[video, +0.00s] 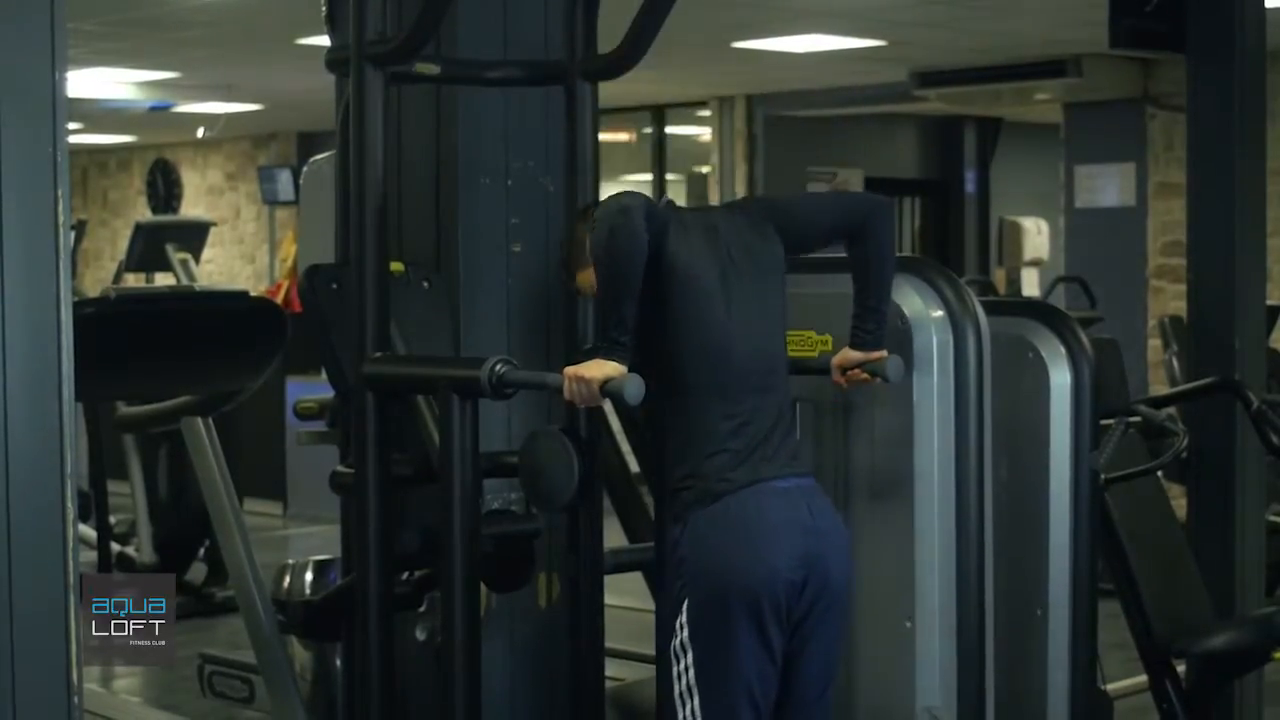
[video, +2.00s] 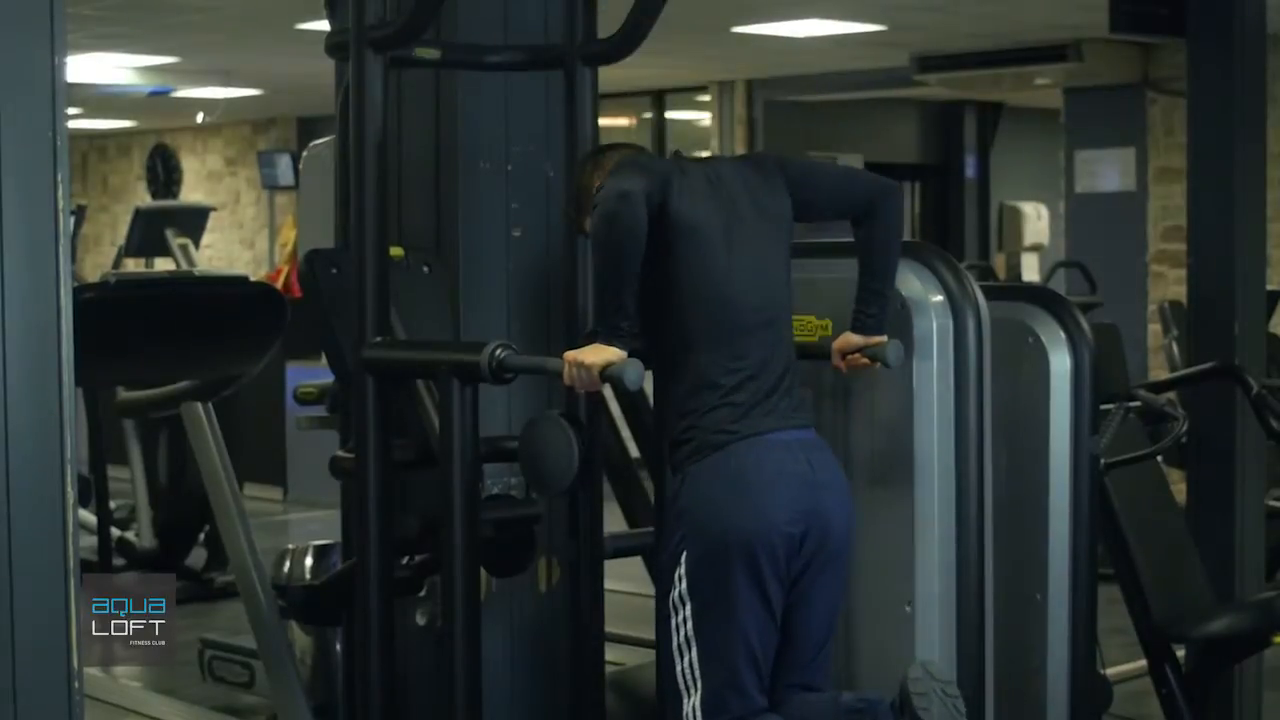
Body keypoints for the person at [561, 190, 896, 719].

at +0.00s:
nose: (601, 299)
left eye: (594, 287)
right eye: (593, 293)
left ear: (601, 252)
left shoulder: (638, 224)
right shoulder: (752, 221)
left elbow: (626, 209)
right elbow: (870, 210)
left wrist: (611, 347)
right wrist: (869, 337)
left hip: (720, 527)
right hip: (805, 506)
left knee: (716, 706)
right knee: (805, 707)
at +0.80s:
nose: (598, 201)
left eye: (592, 187)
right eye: (591, 192)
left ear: (606, 154)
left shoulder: (639, 149)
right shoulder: (762, 152)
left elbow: (625, 212)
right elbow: (873, 206)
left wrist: (610, 346)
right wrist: (868, 335)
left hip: (720, 447)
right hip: (805, 431)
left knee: (714, 694)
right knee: (786, 664)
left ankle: (887, 703)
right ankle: (888, 683)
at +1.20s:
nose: (613, 104)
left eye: (606, 89)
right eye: (605, 96)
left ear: (619, 50)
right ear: (674, 29)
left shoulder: (646, 69)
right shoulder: (781, 77)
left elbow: (635, 194)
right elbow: (853, 193)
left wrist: (615, 333)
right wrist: (867, 321)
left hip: (718, 360)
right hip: (807, 353)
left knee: (698, 613)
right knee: (774, 585)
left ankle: (888, 646)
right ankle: (869, 577)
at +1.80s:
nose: (605, 173)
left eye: (599, 161)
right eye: (600, 164)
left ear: (614, 134)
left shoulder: (642, 138)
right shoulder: (770, 141)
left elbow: (620, 198)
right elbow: (879, 193)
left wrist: (611, 333)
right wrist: (871, 324)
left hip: (723, 439)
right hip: (810, 424)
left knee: (712, 686)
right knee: (786, 656)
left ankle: (873, 708)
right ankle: (886, 680)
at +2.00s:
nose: (597, 223)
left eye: (594, 212)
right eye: (591, 220)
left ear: (606, 182)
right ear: (648, 155)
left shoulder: (634, 173)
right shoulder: (761, 172)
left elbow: (622, 209)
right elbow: (880, 197)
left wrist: (610, 334)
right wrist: (868, 325)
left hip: (723, 483)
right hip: (812, 465)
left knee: (722, 706)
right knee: (798, 696)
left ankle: (894, 708)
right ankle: (899, 708)